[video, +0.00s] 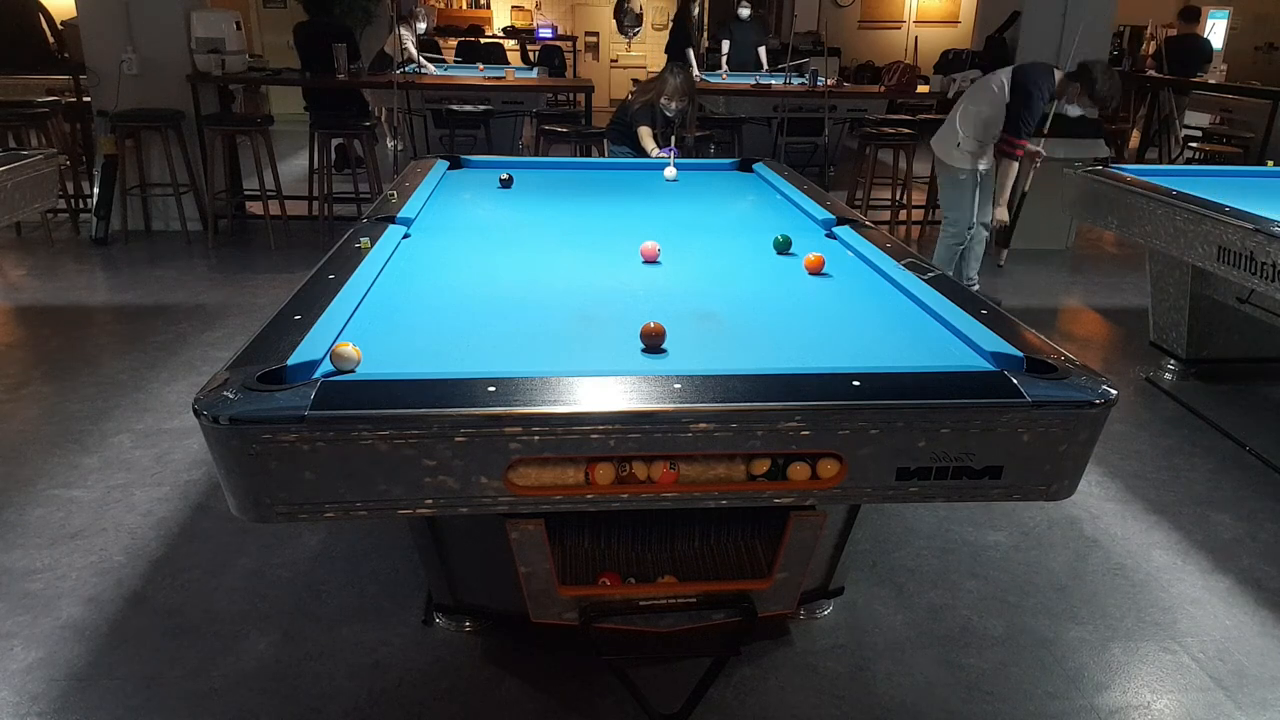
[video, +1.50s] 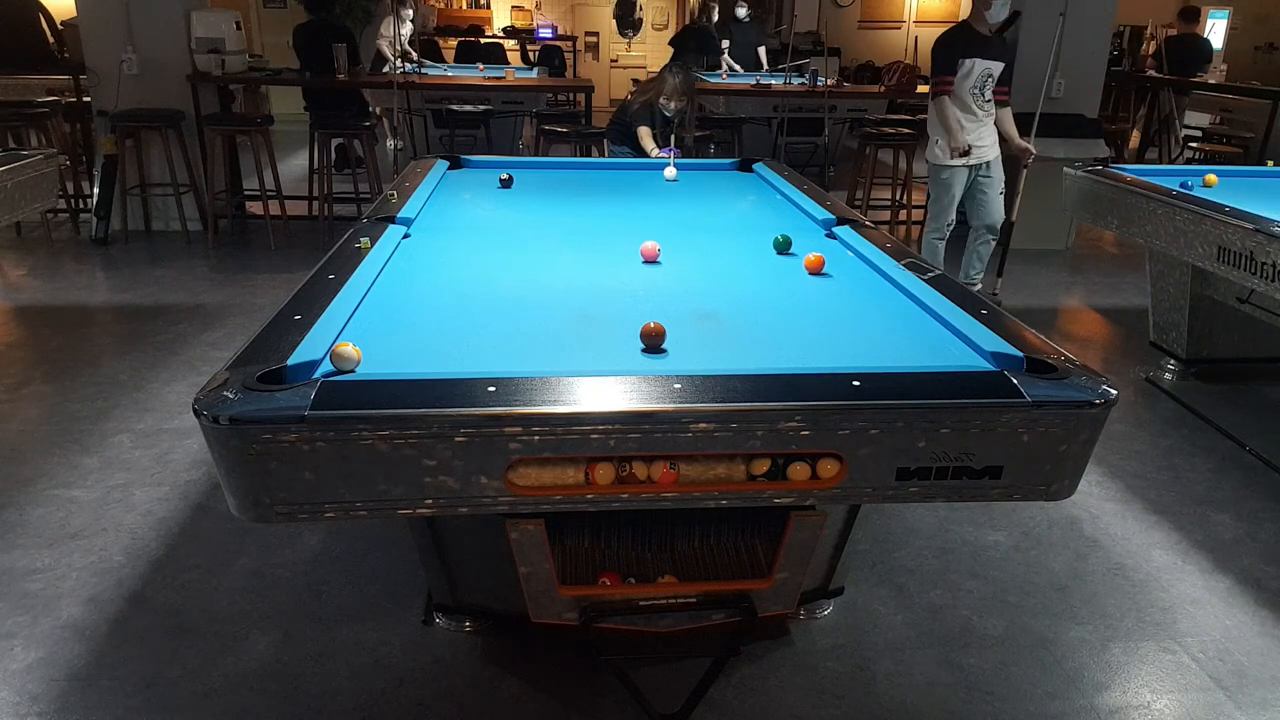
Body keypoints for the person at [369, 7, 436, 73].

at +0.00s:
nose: (419, 34)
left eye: (421, 32)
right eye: (417, 31)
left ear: (424, 24)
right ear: (411, 22)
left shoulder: (409, 30)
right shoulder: (402, 32)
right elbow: (413, 53)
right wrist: (427, 65)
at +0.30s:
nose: (420, 23)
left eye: (421, 20)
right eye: (418, 20)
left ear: (422, 20)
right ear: (410, 19)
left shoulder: (411, 31)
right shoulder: (400, 30)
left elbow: (410, 50)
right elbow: (405, 53)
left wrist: (423, 60)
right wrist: (422, 62)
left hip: (392, 70)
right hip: (379, 72)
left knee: (395, 106)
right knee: (387, 108)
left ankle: (396, 136)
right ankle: (390, 139)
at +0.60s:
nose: (416, 16)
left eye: (417, 12)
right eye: (412, 13)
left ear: (418, 12)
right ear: (403, 12)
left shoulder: (412, 25)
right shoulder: (394, 26)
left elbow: (406, 46)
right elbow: (388, 49)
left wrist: (417, 56)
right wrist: (409, 56)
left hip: (395, 69)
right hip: (379, 72)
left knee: (394, 106)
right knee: (384, 108)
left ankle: (396, 135)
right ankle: (390, 138)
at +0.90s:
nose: (410, 14)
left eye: (412, 11)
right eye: (406, 11)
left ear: (414, 12)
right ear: (400, 11)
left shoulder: (410, 26)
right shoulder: (390, 24)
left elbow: (406, 43)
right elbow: (381, 45)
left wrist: (415, 54)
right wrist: (398, 60)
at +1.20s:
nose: (409, 13)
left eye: (411, 10)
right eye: (406, 10)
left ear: (413, 11)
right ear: (398, 10)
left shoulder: (410, 26)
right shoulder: (390, 21)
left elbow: (403, 42)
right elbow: (380, 43)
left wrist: (412, 51)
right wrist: (393, 60)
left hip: (397, 64)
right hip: (382, 65)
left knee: (396, 103)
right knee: (385, 106)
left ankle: (395, 136)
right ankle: (390, 138)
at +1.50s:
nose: (409, 12)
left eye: (411, 9)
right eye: (405, 9)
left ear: (413, 10)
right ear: (398, 10)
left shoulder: (409, 26)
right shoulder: (390, 21)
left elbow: (403, 43)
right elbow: (380, 42)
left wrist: (412, 52)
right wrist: (393, 60)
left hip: (396, 64)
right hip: (382, 65)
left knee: (395, 103)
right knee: (384, 105)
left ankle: (395, 135)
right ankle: (390, 138)